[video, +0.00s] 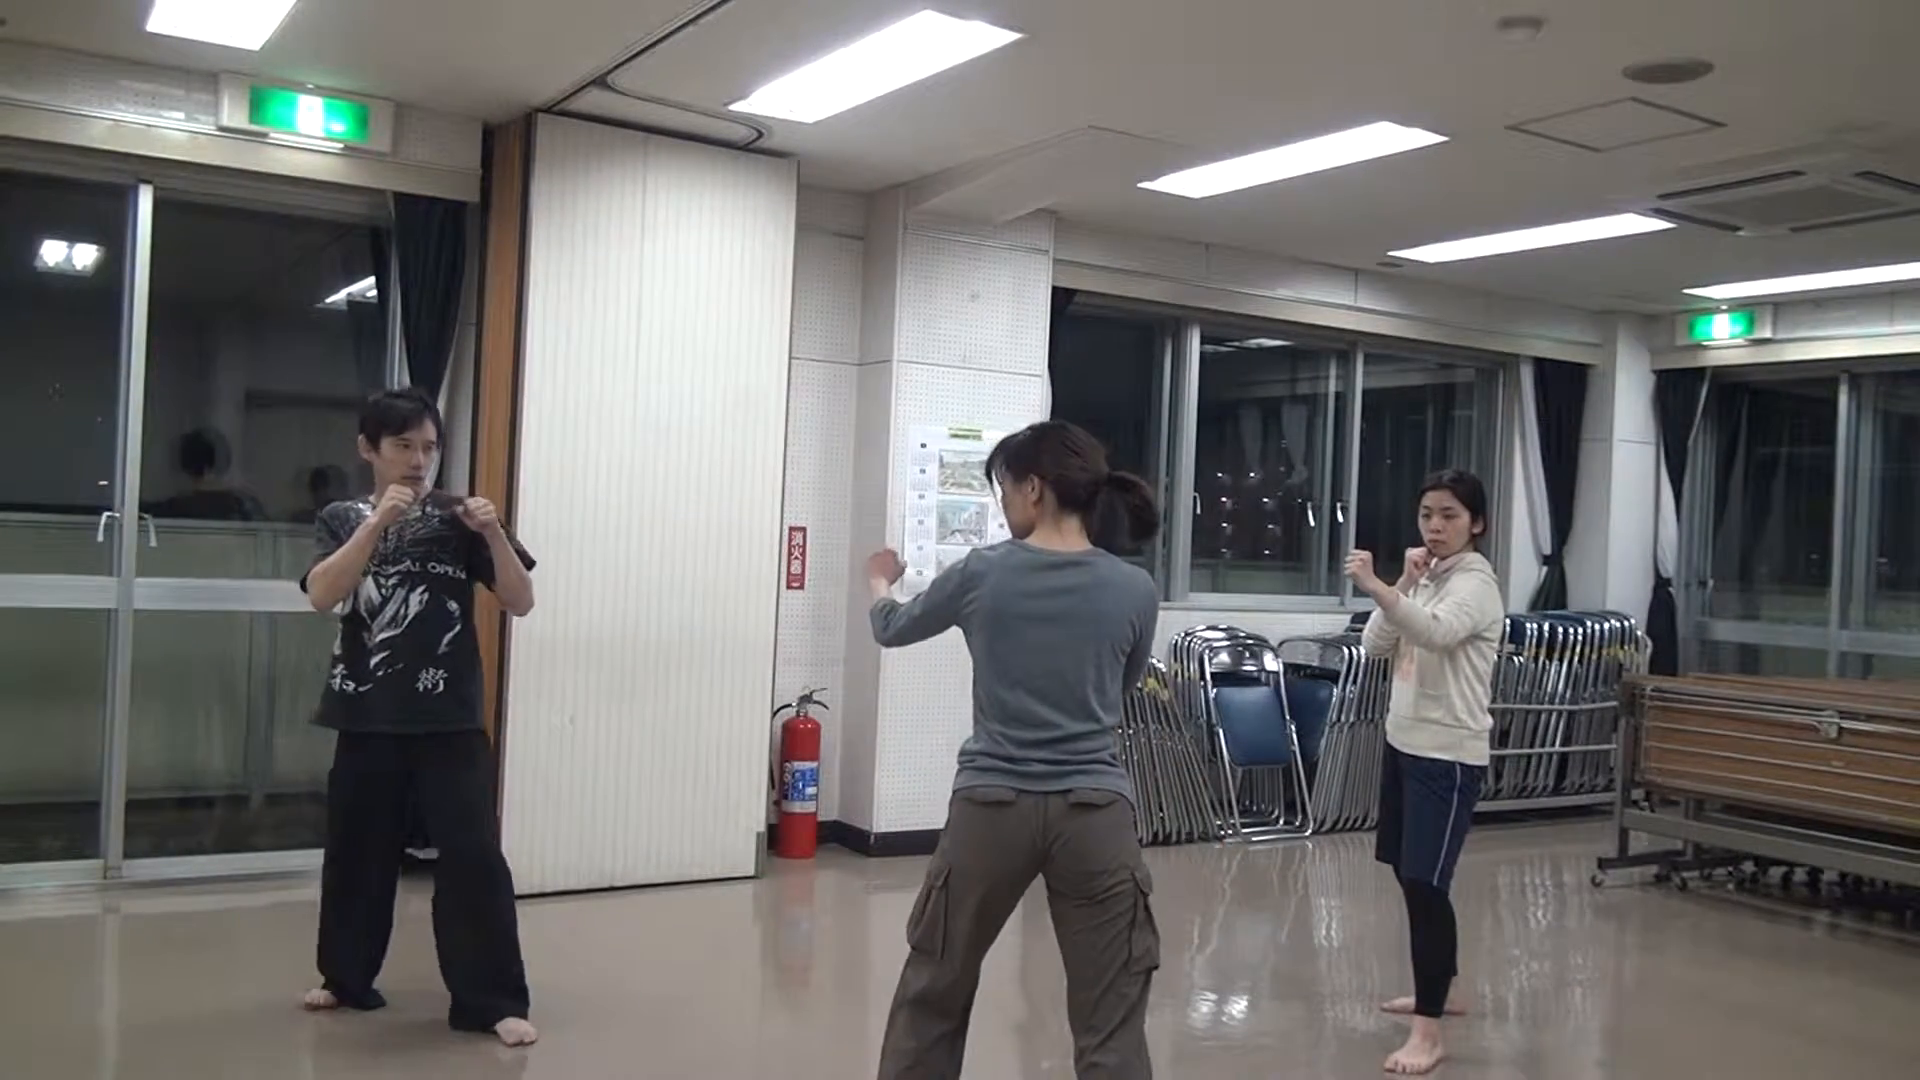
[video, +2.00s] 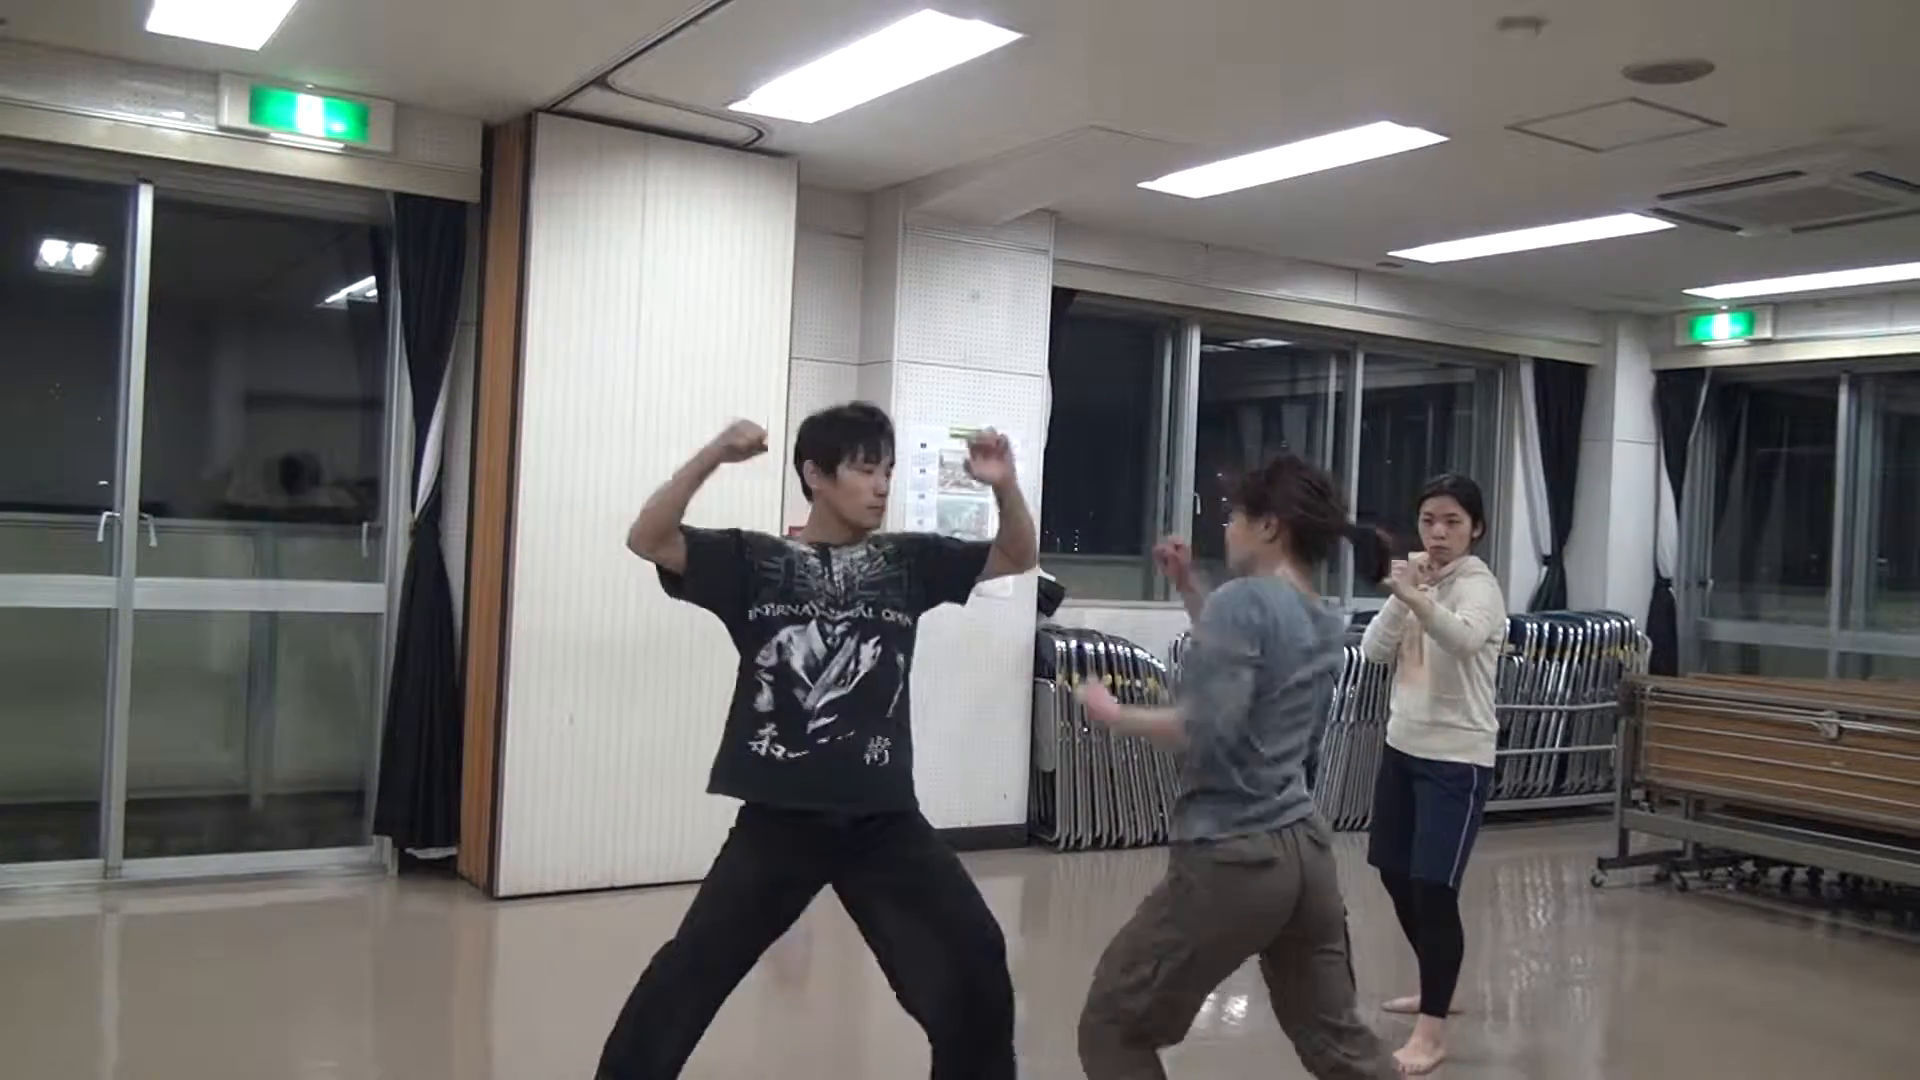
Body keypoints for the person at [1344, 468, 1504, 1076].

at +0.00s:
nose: (1433, 525)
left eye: (1447, 515)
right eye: (1427, 514)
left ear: (1475, 523)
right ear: (1419, 520)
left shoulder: (1477, 582)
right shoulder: (1422, 581)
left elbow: (1441, 632)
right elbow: (1374, 645)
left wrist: (1380, 588)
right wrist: (1404, 588)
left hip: (1446, 756)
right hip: (1406, 748)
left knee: (1425, 884)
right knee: (1408, 873)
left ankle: (1426, 1033)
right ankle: (1440, 990)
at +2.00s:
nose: (1438, 531)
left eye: (1451, 521)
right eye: (1429, 520)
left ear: (1475, 529)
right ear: (1418, 525)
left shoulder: (1480, 584)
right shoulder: (1415, 582)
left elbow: (1467, 639)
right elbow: (1373, 650)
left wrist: (1415, 597)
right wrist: (1404, 595)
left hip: (1456, 759)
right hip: (1403, 750)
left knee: (1433, 887)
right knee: (1390, 864)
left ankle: (1431, 1031)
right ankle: (1438, 984)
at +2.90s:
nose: (1438, 523)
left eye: (1451, 514)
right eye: (1431, 512)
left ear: (1477, 525)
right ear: (1418, 519)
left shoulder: (1496, 590)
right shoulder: (1391, 584)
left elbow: (1488, 630)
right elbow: (1352, 632)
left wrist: (1451, 565)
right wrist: (1326, 610)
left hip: (1461, 758)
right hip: (1391, 750)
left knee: (1434, 891)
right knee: (1375, 886)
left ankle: (1410, 1022)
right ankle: (1426, 958)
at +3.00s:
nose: (1445, 523)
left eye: (1457, 512)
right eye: (1435, 513)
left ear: (1483, 520)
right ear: (1425, 521)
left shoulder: (1508, 592)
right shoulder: (1397, 582)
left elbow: (1498, 651)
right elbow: (1353, 669)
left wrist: (1470, 577)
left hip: (1459, 750)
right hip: (1385, 735)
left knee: (1438, 895)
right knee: (1348, 853)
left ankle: (1410, 1024)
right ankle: (1355, 927)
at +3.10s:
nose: (1444, 522)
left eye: (1457, 511)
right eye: (1435, 512)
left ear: (1483, 517)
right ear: (1424, 519)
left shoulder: (1507, 592)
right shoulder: (1392, 577)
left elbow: (1499, 652)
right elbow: (1358, 649)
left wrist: (1468, 579)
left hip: (1451, 745)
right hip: (1392, 718)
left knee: (1436, 895)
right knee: (1365, 719)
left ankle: (1409, 1022)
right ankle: (1302, 842)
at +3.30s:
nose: (1444, 521)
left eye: (1457, 510)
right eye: (1436, 510)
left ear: (1485, 516)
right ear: (1424, 517)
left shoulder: (1503, 591)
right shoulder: (1396, 571)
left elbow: (1520, 654)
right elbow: (1346, 652)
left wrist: (1477, 584)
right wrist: (1305, 726)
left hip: (1442, 748)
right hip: (1383, 717)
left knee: (1428, 898)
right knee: (1367, 695)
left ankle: (1407, 1022)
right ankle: (1294, 779)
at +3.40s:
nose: (1439, 515)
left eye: (1452, 504)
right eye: (1431, 505)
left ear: (1481, 513)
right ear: (1420, 513)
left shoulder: (1499, 584)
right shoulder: (1391, 567)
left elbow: (1523, 631)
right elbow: (1343, 623)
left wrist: (1472, 573)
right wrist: (1322, 641)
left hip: (1443, 745)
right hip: (1372, 723)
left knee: (1436, 902)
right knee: (1351, 810)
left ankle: (1408, 1023)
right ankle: (1324, 952)